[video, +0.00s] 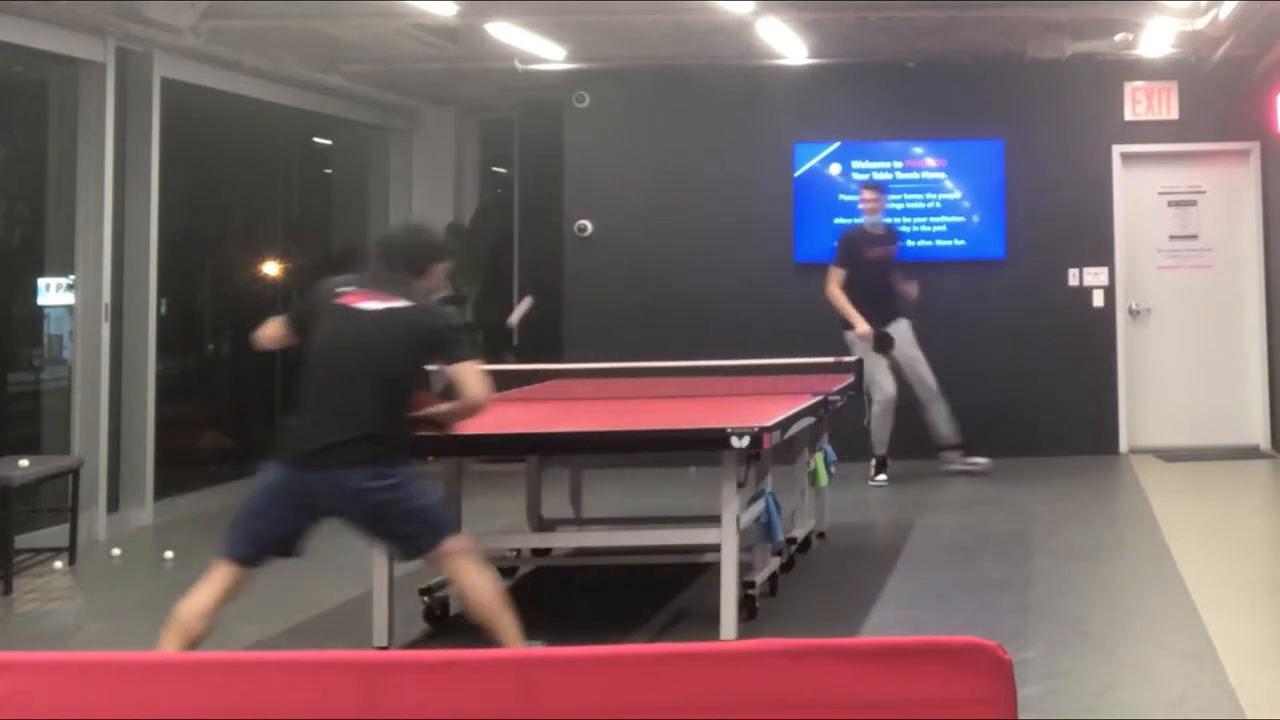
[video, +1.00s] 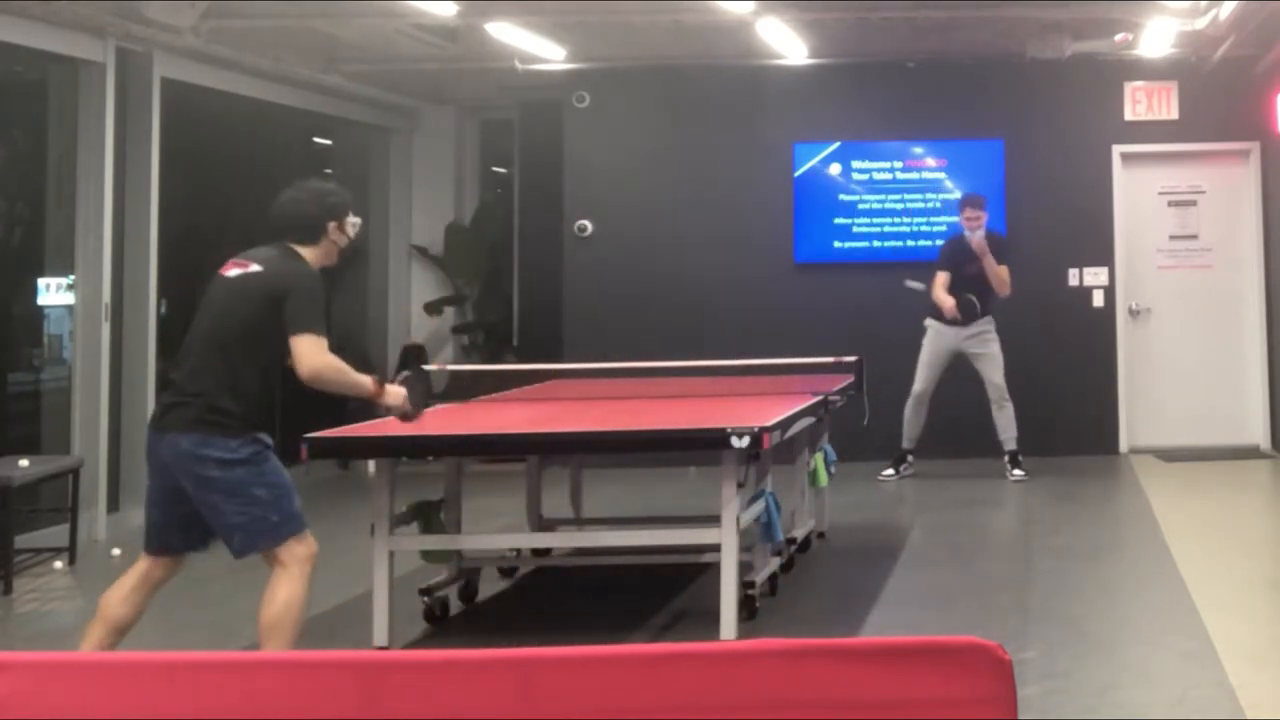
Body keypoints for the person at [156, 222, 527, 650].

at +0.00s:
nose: (444, 285)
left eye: (445, 275)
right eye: (441, 275)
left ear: (383, 262)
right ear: (424, 274)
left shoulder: (331, 295)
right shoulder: (431, 316)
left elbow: (265, 337)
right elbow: (478, 393)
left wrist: (320, 323)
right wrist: (440, 412)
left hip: (296, 467)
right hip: (370, 470)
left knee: (224, 572)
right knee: (457, 554)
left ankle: (155, 674)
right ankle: (524, 659)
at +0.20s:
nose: (356, 261)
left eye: (355, 253)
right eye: (353, 252)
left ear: (291, 244)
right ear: (339, 252)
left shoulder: (247, 272)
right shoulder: (356, 295)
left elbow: (215, 354)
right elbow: (415, 363)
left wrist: (275, 346)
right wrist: (371, 352)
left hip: (220, 446)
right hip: (297, 450)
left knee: (178, 566)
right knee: (357, 567)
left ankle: (137, 681)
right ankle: (426, 674)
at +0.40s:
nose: (325, 218)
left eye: (322, 210)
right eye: (321, 211)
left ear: (259, 215)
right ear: (311, 218)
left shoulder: (226, 246)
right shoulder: (337, 268)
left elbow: (160, 287)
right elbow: (393, 320)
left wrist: (179, 334)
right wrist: (408, 315)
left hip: (218, 428)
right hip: (297, 432)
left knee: (158, 554)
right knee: (340, 550)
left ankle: (126, 677)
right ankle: (387, 666)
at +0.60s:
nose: (314, 233)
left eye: (313, 224)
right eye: (310, 224)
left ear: (247, 227)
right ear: (295, 230)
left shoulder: (197, 274)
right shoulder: (320, 290)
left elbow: (127, 335)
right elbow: (353, 379)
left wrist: (157, 368)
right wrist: (364, 374)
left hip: (194, 455)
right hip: (280, 456)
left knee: (142, 566)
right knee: (343, 565)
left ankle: (111, 688)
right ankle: (407, 672)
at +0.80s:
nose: (328, 215)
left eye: (328, 204)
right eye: (325, 204)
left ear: (263, 203)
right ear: (309, 208)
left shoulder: (213, 244)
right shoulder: (300, 262)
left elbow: (159, 309)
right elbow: (300, 349)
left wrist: (212, 345)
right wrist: (349, 379)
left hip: (170, 420)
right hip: (235, 426)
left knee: (143, 552)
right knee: (299, 541)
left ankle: (110, 681)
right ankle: (302, 686)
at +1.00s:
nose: (347, 238)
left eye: (349, 226)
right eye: (345, 226)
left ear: (291, 224)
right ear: (322, 227)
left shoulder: (243, 263)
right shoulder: (297, 274)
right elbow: (313, 365)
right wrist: (378, 390)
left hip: (169, 434)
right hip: (221, 439)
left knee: (158, 560)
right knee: (295, 553)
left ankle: (79, 669)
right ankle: (271, 689)